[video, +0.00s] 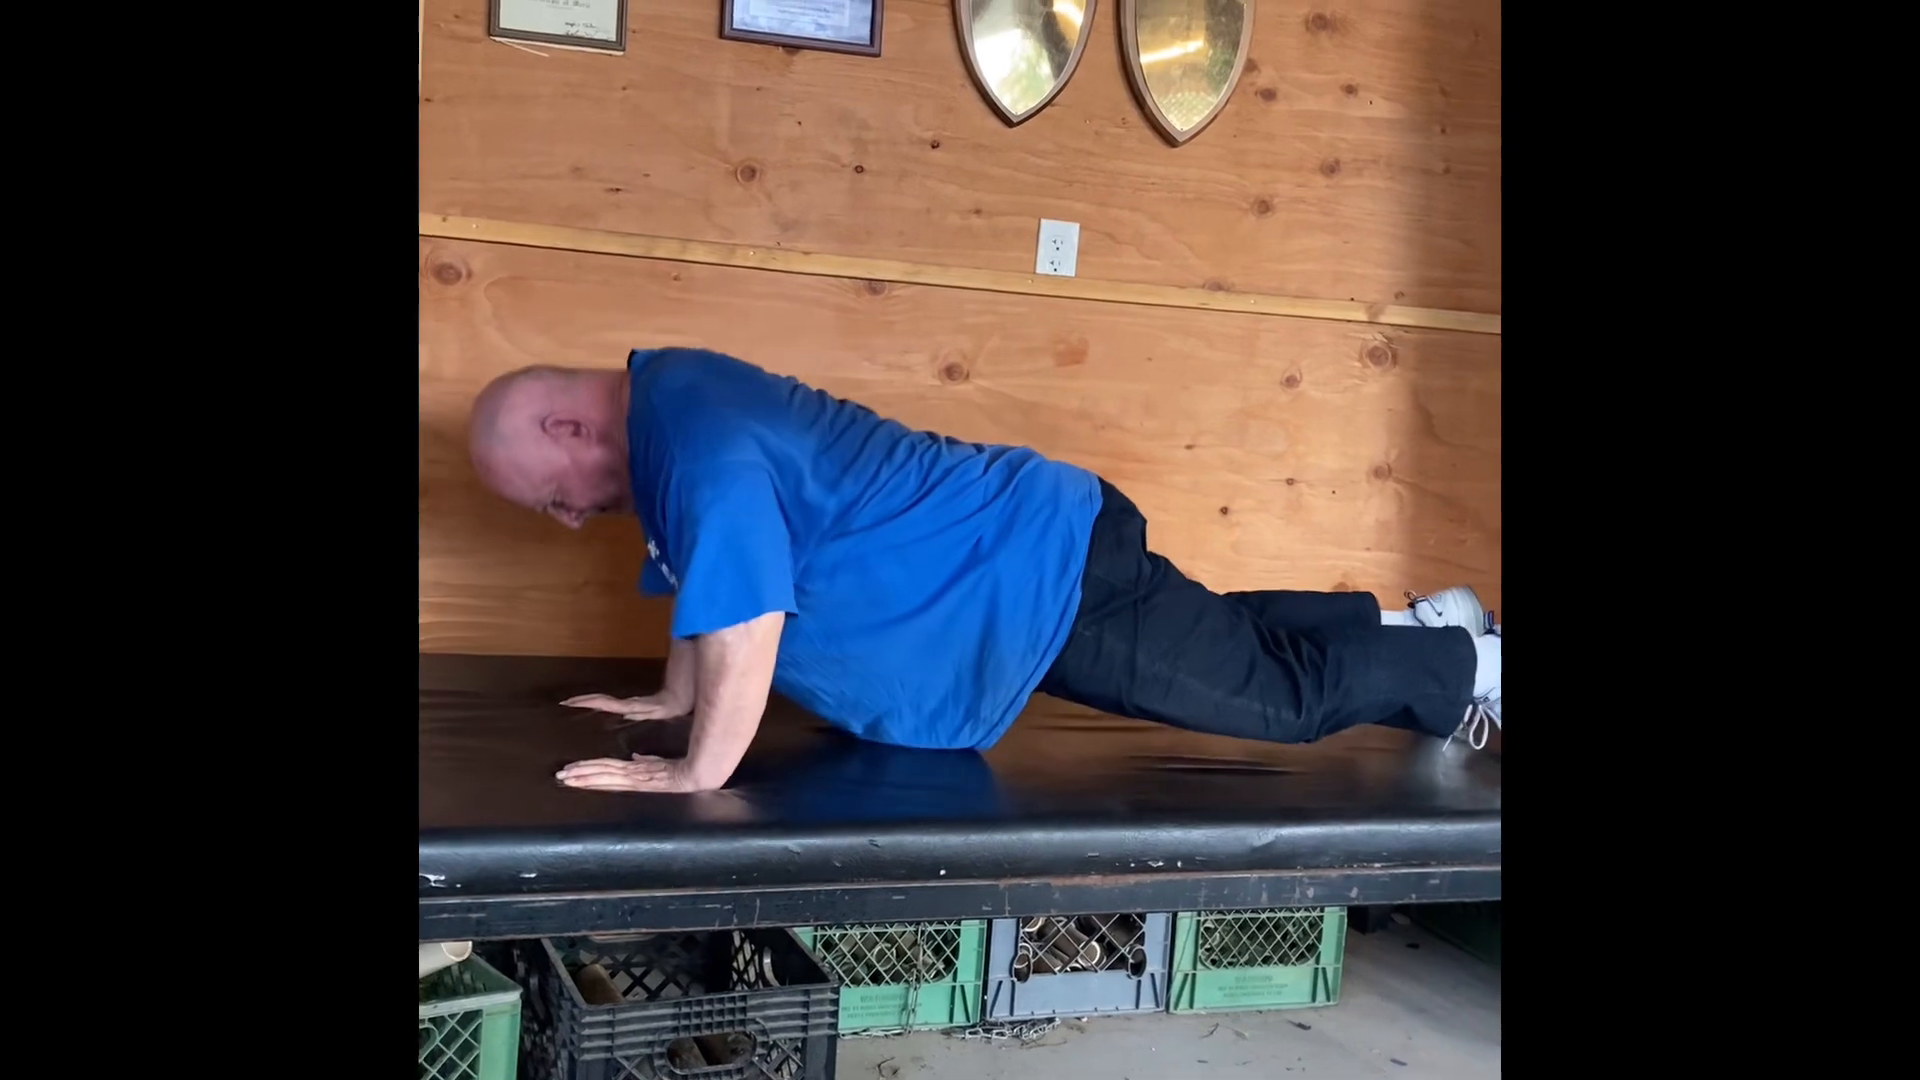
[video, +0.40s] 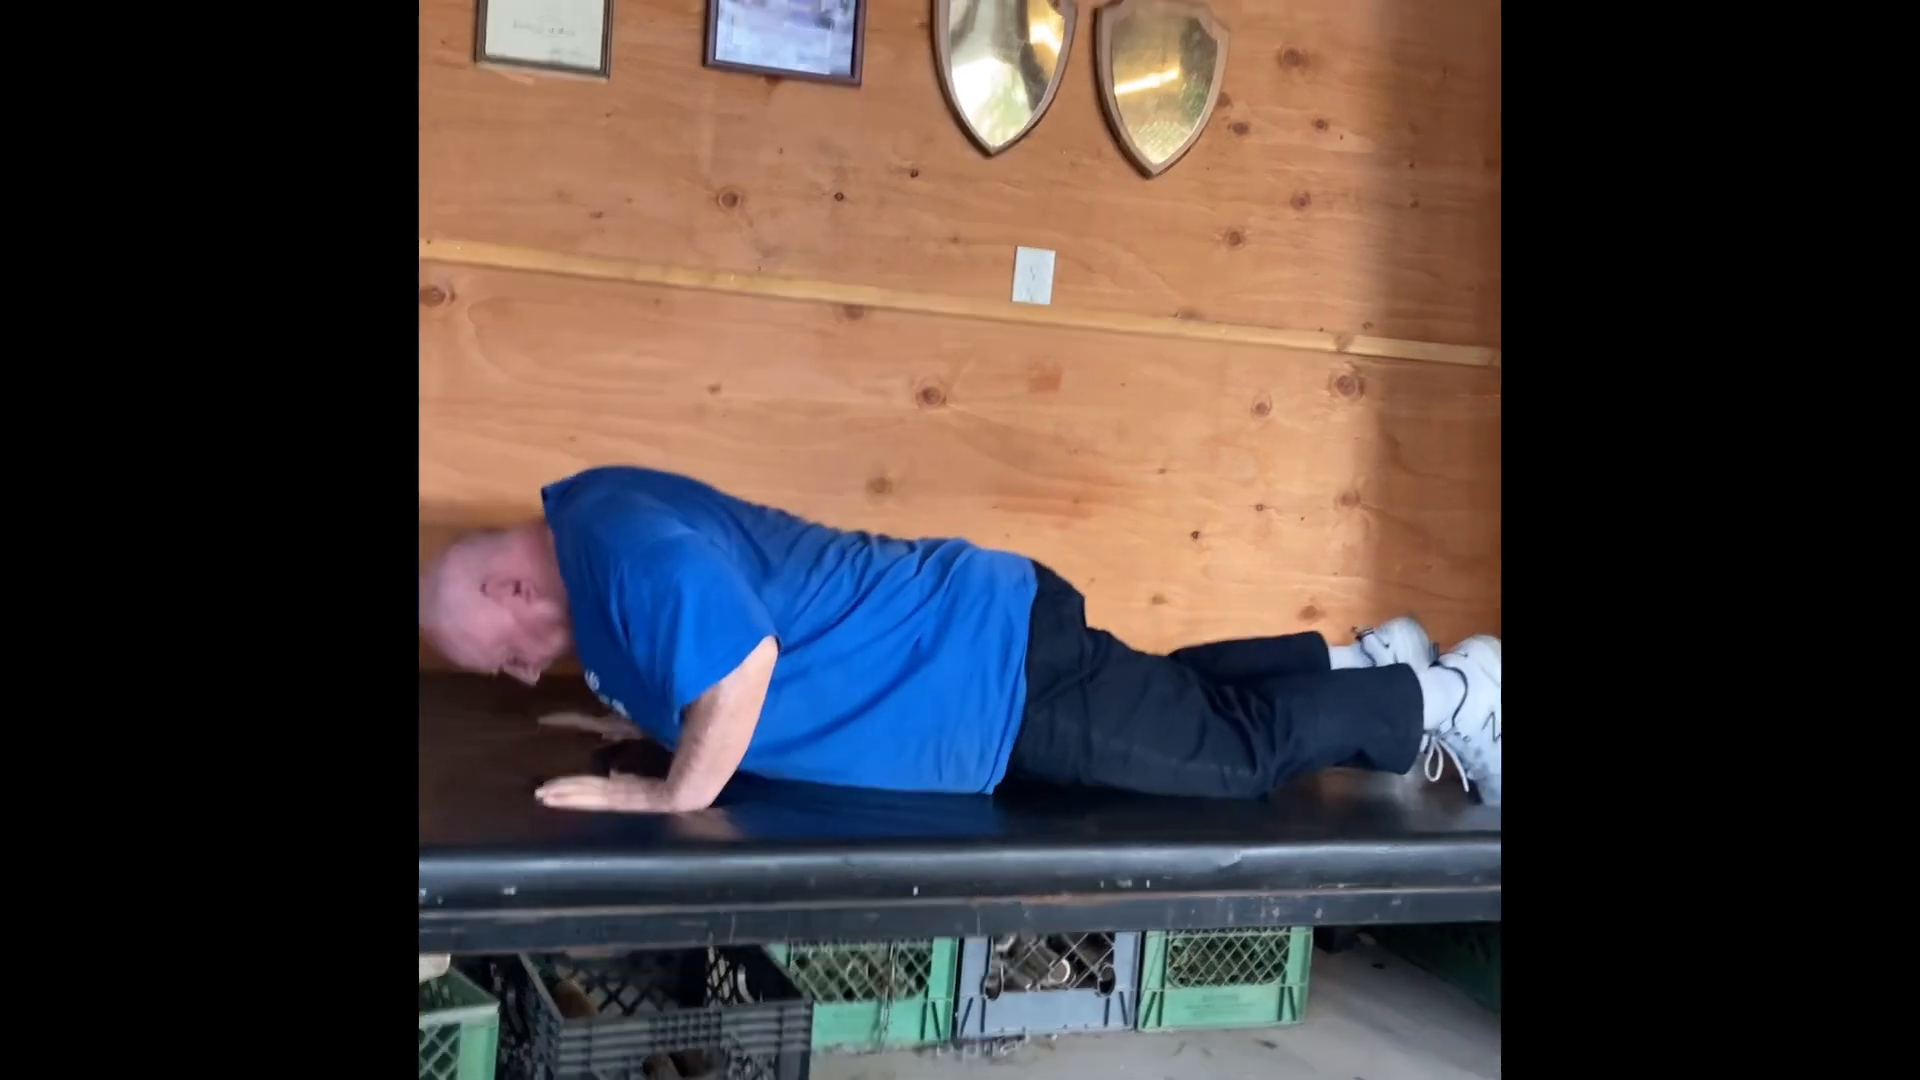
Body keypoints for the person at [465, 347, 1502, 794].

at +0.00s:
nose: (573, 511)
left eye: (556, 491)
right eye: (551, 502)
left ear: (571, 431)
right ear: (569, 415)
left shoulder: (695, 437)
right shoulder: (664, 412)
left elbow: (747, 613)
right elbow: (717, 592)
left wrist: (704, 770)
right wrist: (681, 705)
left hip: (1050, 583)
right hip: (1030, 557)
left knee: (1274, 696)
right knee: (1217, 638)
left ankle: (1462, 662)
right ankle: (1406, 618)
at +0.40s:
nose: (532, 658)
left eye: (511, 649)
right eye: (512, 658)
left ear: (512, 587)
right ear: (508, 573)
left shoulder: (640, 562)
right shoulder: (587, 532)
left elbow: (736, 667)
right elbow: (702, 648)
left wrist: (670, 798)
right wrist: (633, 716)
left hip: (993, 663)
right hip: (969, 670)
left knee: (1222, 755)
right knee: (1178, 705)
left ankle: (1429, 705)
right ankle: (1371, 668)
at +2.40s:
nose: (506, 671)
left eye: (484, 655)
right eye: (485, 668)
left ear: (490, 598)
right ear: (489, 614)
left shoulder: (609, 573)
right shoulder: (579, 597)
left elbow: (692, 727)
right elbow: (704, 715)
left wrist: (630, 864)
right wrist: (622, 788)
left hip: (957, 710)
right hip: (926, 757)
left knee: (1187, 814)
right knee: (1157, 781)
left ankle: (1406, 775)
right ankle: (1356, 736)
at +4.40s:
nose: (539, 657)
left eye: (519, 639)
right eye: (515, 659)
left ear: (523, 584)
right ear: (516, 633)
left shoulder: (648, 590)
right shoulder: (614, 583)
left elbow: (706, 764)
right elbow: (658, 729)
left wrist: (643, 895)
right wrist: (624, 829)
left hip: (989, 736)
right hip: (957, 761)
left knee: (1210, 843)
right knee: (1168, 806)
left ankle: (1418, 809)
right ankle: (1366, 766)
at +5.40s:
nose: (555, 663)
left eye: (535, 648)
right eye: (531, 656)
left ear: (540, 594)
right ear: (537, 597)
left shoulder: (667, 582)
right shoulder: (630, 573)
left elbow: (721, 757)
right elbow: (672, 721)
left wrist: (662, 893)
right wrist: (638, 813)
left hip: (1006, 733)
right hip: (972, 753)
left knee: (1234, 839)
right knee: (1178, 800)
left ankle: (1431, 794)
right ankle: (1368, 754)